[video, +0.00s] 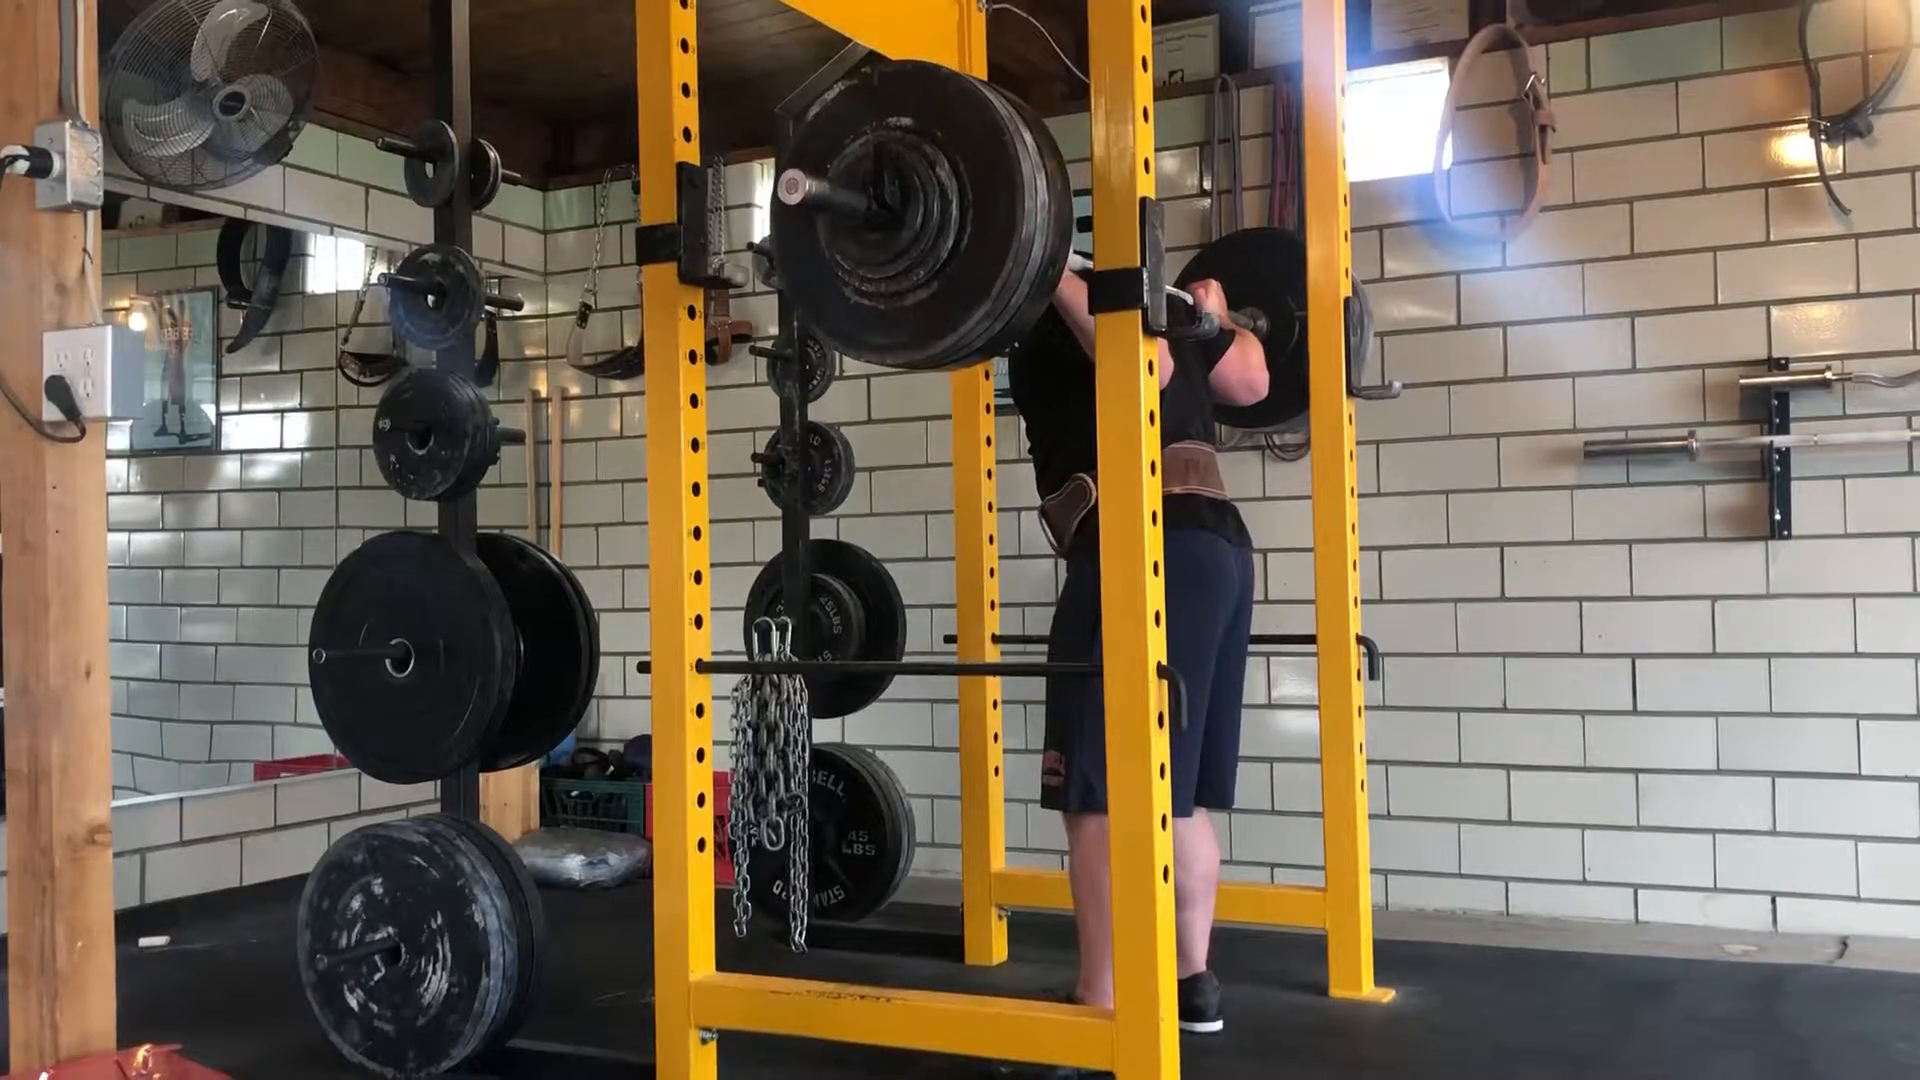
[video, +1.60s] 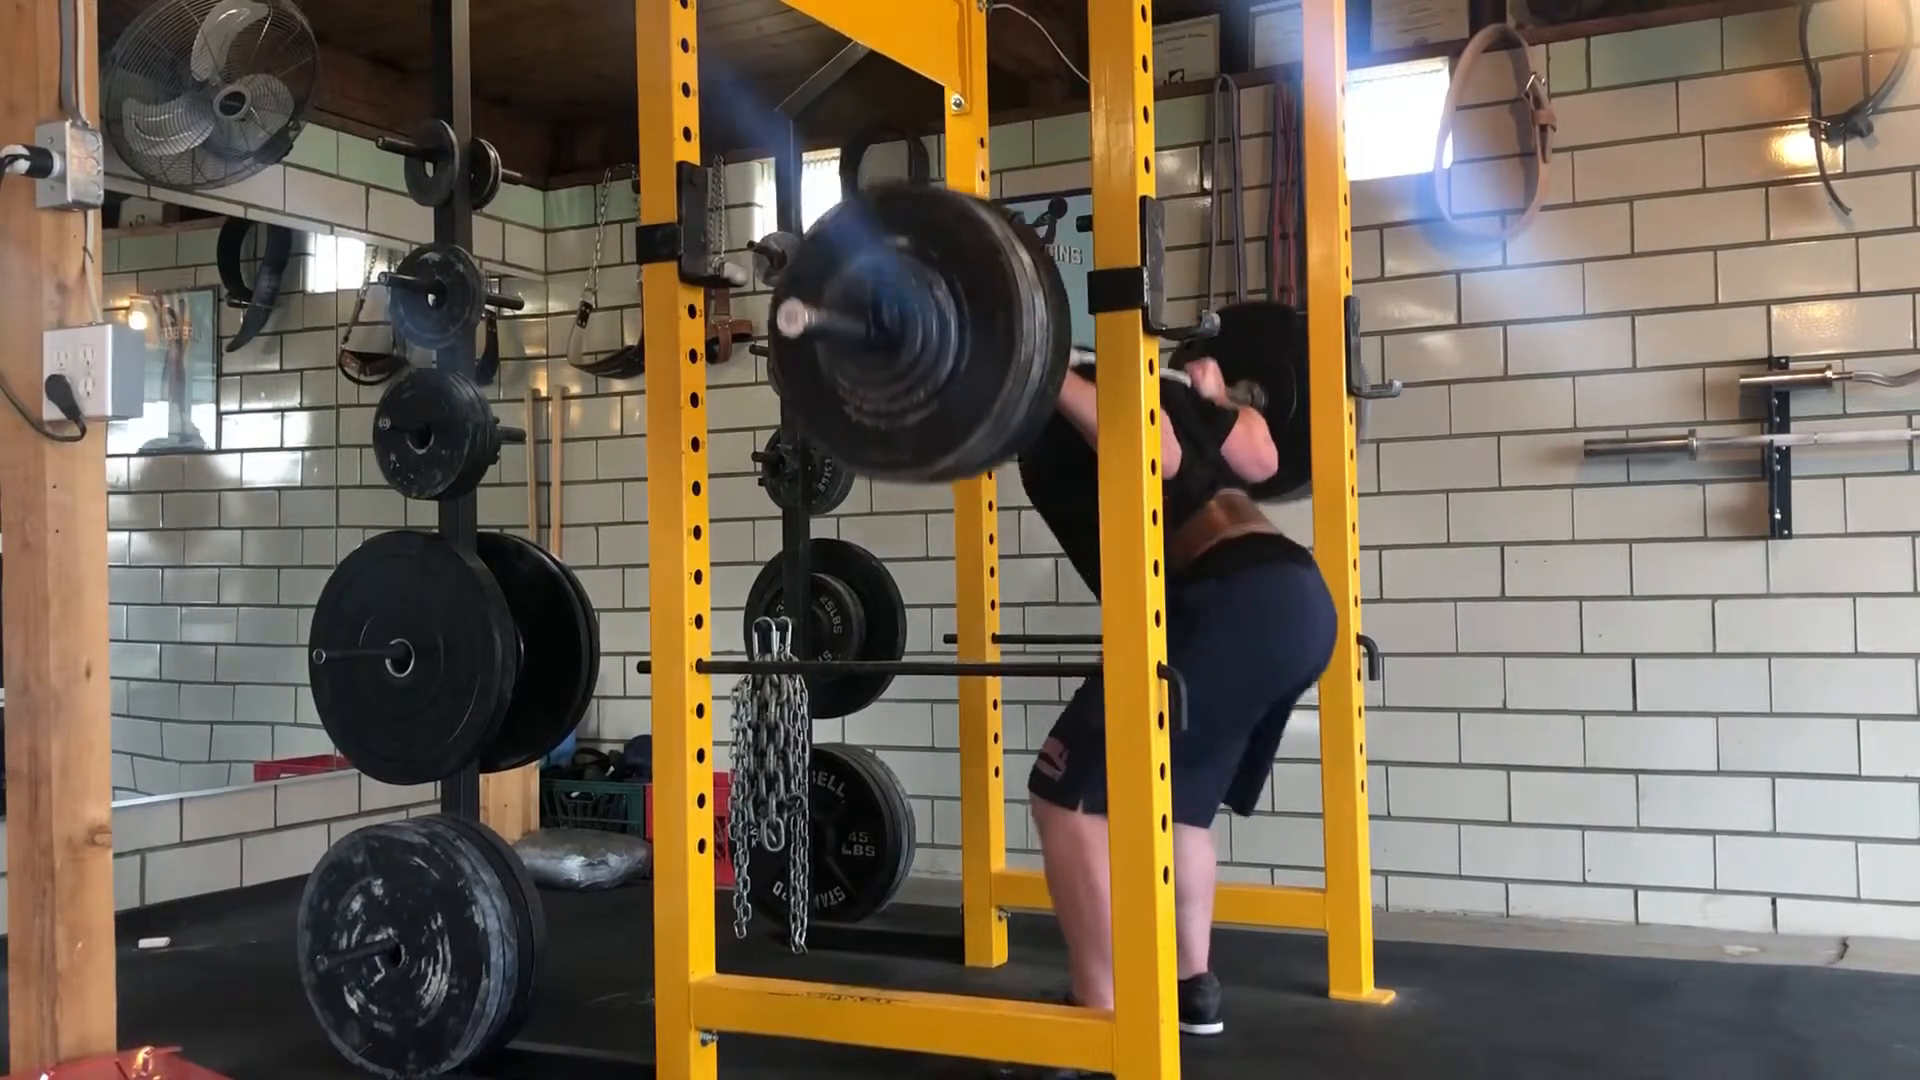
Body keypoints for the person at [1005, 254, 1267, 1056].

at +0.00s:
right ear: (1086, 238)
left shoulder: (1050, 303)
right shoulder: (1168, 302)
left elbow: (1142, 371)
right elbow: (1251, 378)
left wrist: (1067, 283)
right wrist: (1214, 310)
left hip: (1128, 544)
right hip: (1216, 547)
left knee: (1096, 787)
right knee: (1189, 785)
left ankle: (1100, 1003)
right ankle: (1194, 982)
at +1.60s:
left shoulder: (1073, 395)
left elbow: (1167, 457)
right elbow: (1259, 458)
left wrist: (1048, 375)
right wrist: (1209, 393)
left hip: (1234, 601)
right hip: (1291, 602)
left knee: (1064, 786)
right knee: (1185, 795)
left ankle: (1099, 1006)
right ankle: (1192, 986)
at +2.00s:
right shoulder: (1144, 496)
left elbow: (1163, 568)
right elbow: (1262, 555)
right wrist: (1216, 505)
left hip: (1261, 694)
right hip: (1310, 694)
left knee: (1036, 802)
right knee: (1169, 812)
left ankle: (1102, 1021)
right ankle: (1190, 982)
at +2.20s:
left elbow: (1161, 626)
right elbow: (1259, 603)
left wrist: (1041, 545)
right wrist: (1203, 550)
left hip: (1266, 744)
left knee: (1016, 810)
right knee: (1145, 812)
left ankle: (1104, 1029)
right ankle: (1188, 983)